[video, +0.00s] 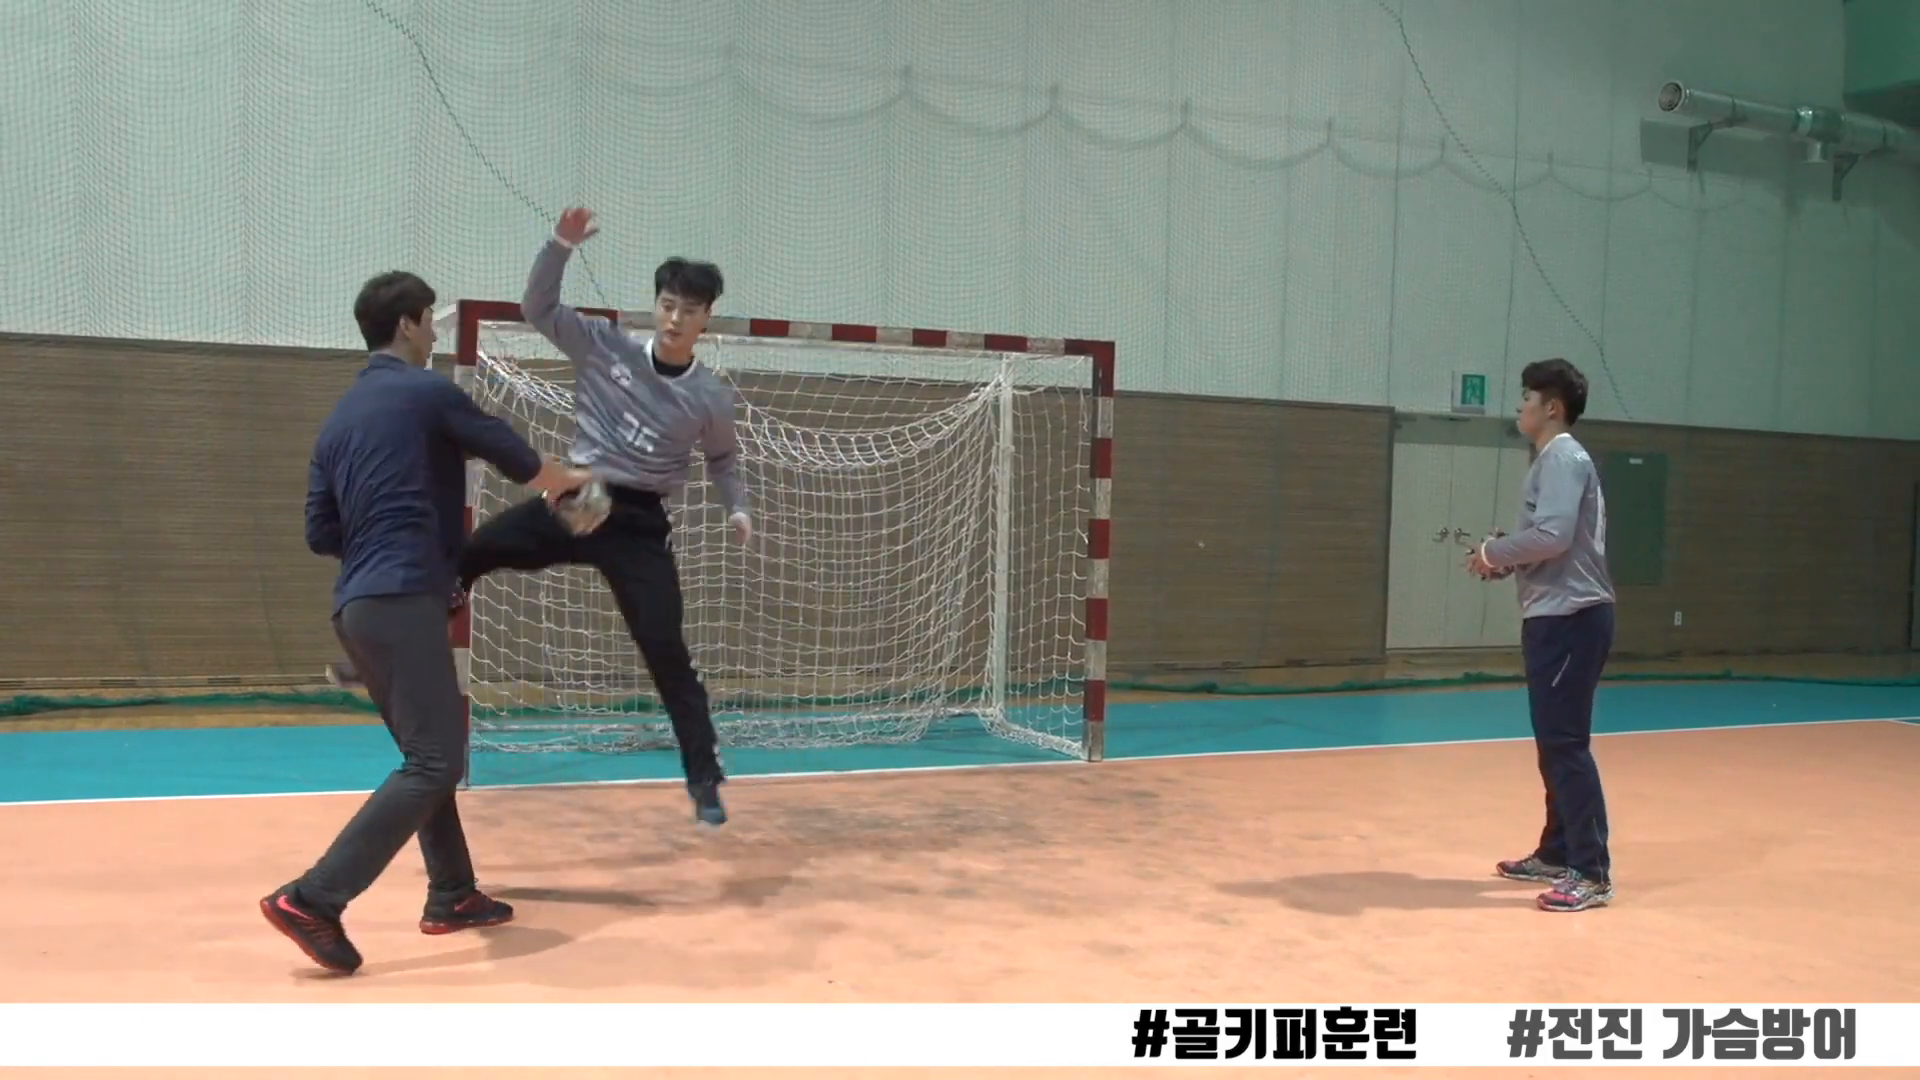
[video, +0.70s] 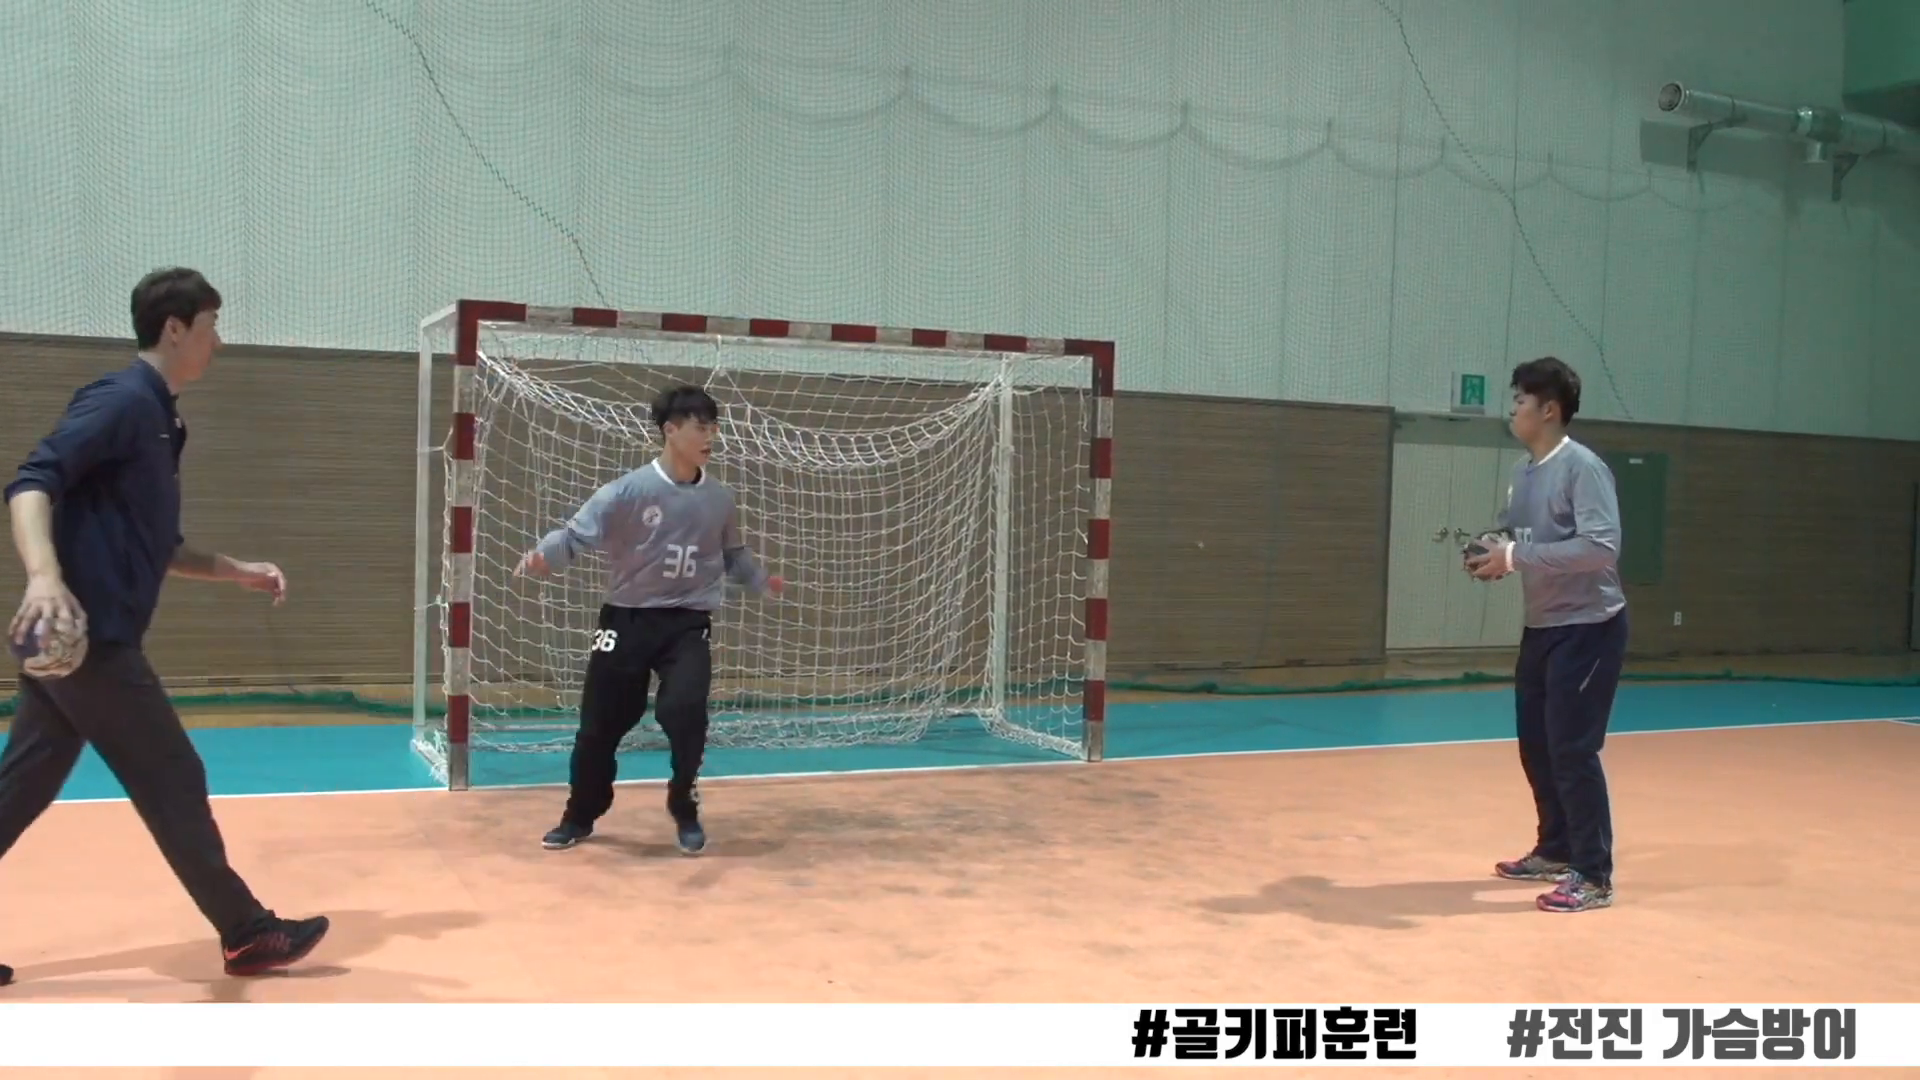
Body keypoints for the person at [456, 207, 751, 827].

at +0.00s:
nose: (674, 319)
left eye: (688, 312)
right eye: (668, 306)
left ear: (706, 320)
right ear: (655, 304)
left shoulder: (711, 399)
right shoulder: (607, 345)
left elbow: (725, 463)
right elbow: (538, 310)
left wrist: (739, 508)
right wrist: (561, 246)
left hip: (637, 528)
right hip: (569, 505)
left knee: (665, 651)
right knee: (472, 550)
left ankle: (705, 785)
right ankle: (383, 649)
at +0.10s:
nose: (666, 391)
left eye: (679, 382)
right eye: (658, 378)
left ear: (694, 391)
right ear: (640, 378)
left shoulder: (699, 469)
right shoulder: (597, 414)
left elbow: (693, 532)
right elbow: (513, 406)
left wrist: (694, 575)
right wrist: (532, 351)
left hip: (621, 599)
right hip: (559, 575)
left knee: (627, 732)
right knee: (458, 666)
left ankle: (635, 866)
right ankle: (388, 751)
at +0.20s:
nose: (651, 455)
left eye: (663, 445)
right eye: (642, 441)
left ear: (675, 456)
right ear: (620, 442)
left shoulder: (667, 535)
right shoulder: (568, 495)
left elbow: (667, 605)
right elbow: (488, 539)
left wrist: (669, 644)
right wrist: (488, 508)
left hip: (600, 658)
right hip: (531, 640)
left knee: (632, 763)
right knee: (458, 749)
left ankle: (627, 866)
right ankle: (395, 862)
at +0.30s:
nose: (653, 490)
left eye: (660, 479)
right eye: (643, 477)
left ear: (666, 483)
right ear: (613, 473)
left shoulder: (654, 552)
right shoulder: (551, 524)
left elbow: (660, 623)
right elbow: (487, 573)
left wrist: (676, 626)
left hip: (589, 667)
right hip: (519, 661)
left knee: (628, 743)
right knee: (460, 760)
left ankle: (631, 863)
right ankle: (398, 869)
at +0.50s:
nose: (681, 456)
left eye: (685, 446)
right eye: (672, 446)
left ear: (686, 449)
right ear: (639, 445)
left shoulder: (694, 521)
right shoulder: (587, 500)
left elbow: (715, 594)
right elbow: (527, 537)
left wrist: (721, 642)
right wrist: (495, 550)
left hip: (641, 654)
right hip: (576, 643)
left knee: (627, 755)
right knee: (502, 725)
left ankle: (614, 868)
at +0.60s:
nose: (695, 435)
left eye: (698, 425)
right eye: (684, 424)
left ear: (698, 431)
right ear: (652, 427)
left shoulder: (707, 500)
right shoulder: (604, 484)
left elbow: (714, 556)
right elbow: (552, 526)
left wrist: (717, 603)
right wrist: (530, 557)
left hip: (662, 625)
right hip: (600, 621)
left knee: (657, 730)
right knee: (561, 729)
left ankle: (646, 846)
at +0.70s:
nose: (710, 436)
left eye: (712, 426)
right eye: (699, 426)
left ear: (715, 433)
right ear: (668, 430)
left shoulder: (720, 499)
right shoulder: (627, 491)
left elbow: (732, 554)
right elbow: (577, 532)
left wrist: (762, 579)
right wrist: (544, 556)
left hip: (688, 626)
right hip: (626, 623)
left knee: (685, 709)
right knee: (597, 725)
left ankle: (684, 806)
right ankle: (580, 816)